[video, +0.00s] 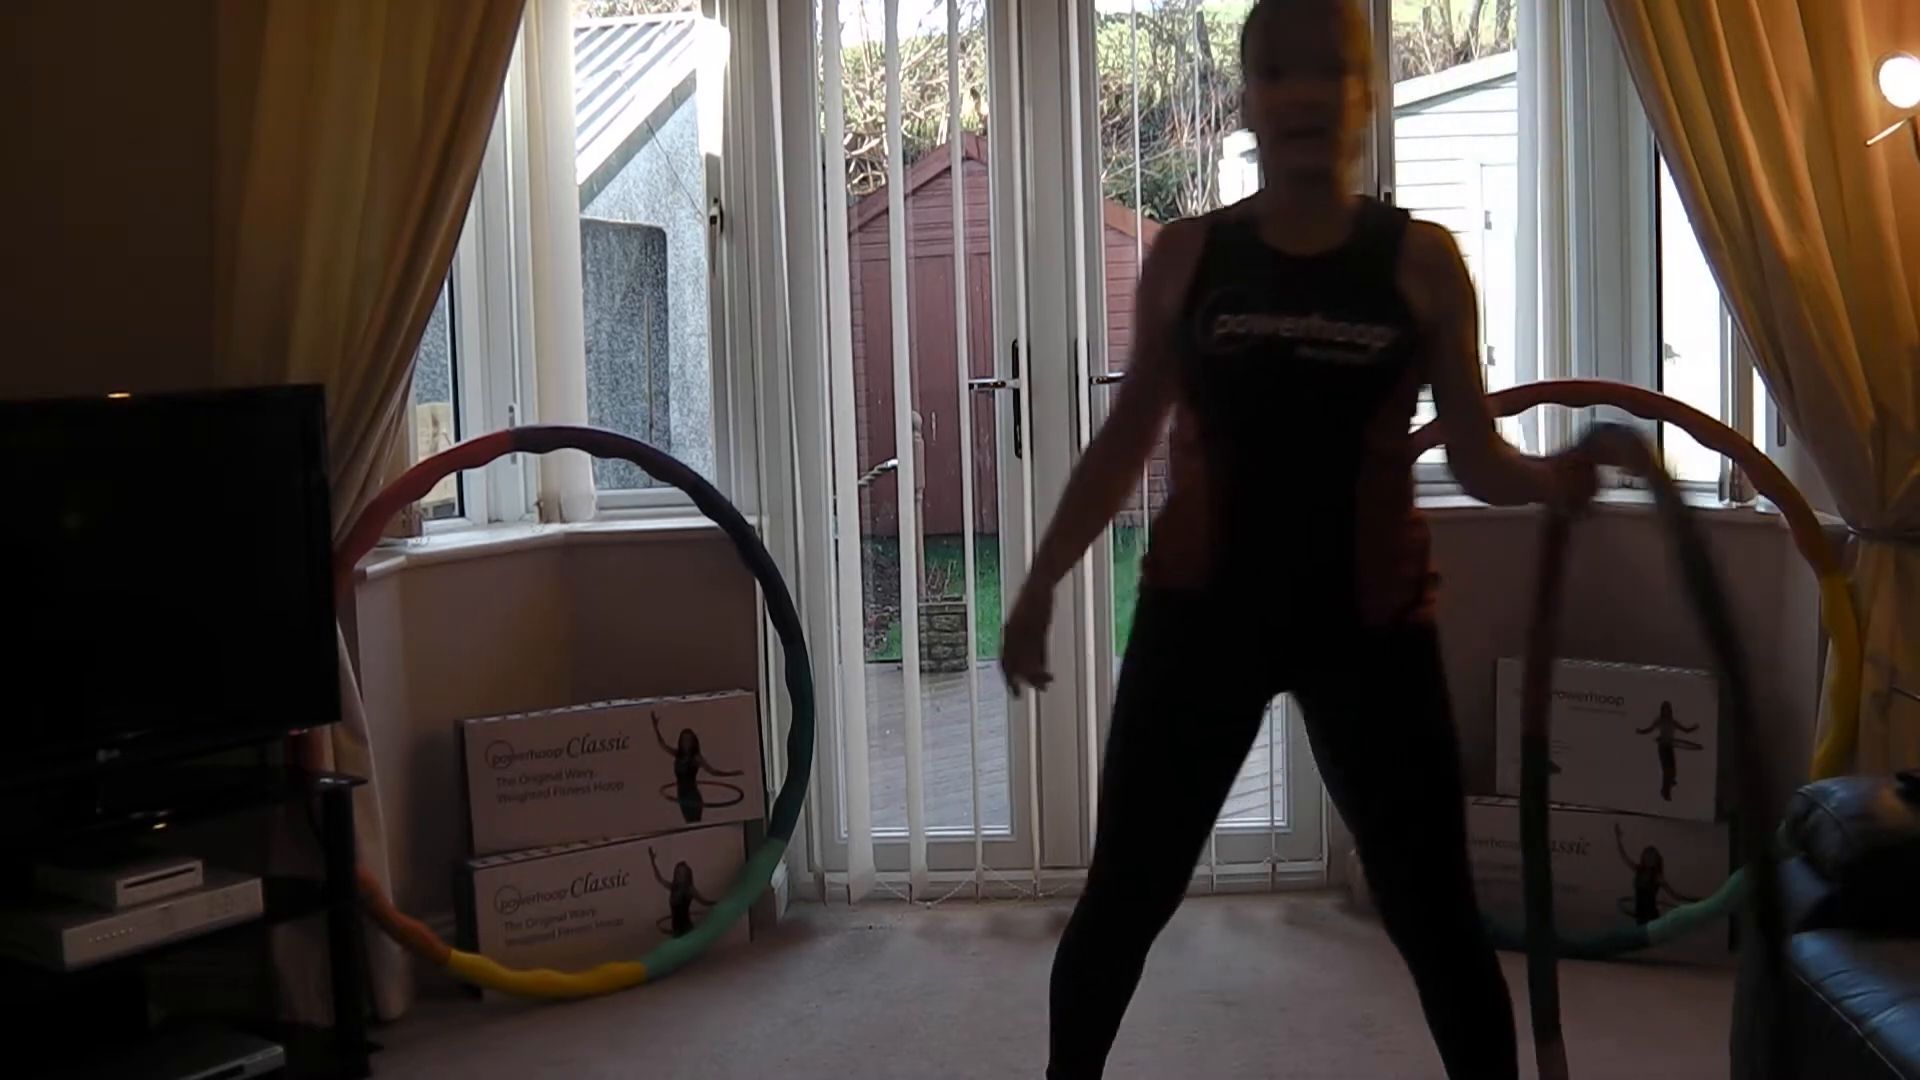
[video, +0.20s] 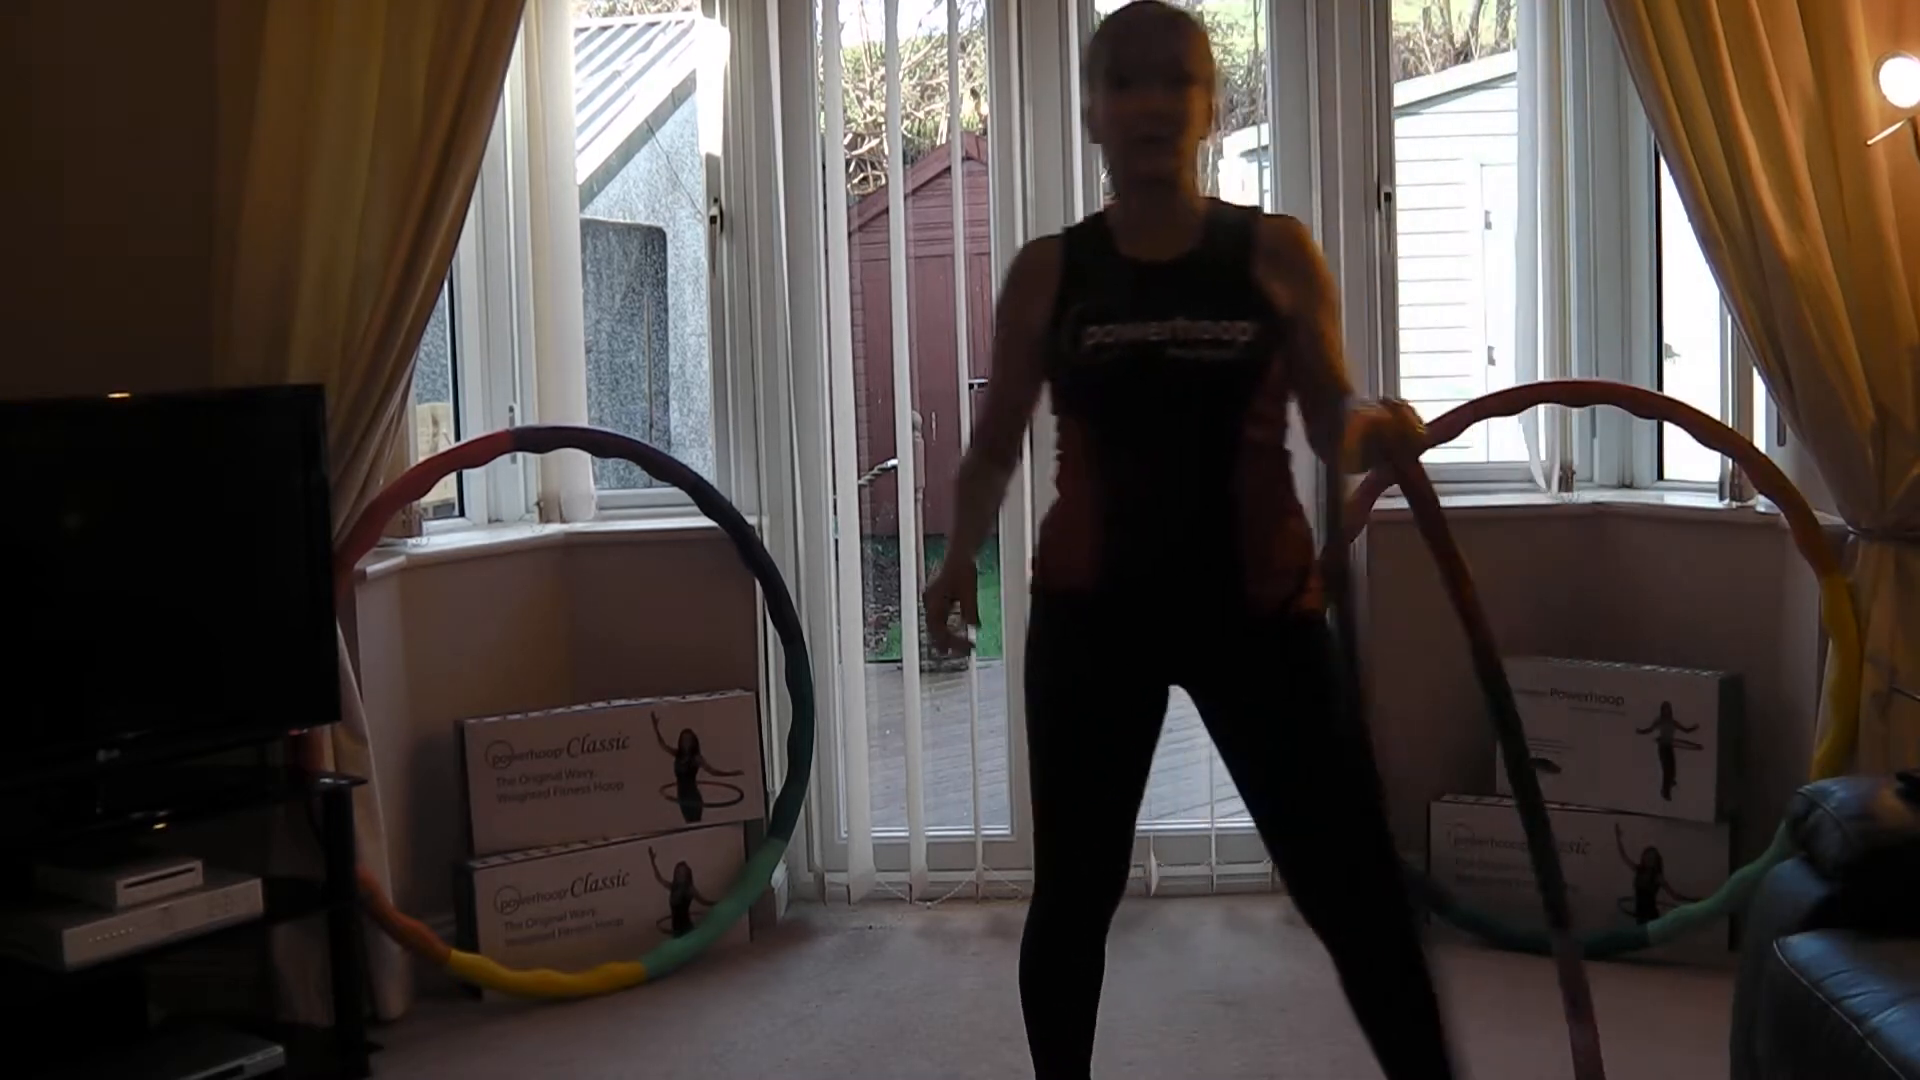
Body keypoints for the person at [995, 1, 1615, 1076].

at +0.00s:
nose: (1307, 96)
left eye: (1333, 71)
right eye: (1279, 70)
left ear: (1367, 90)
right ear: (1244, 93)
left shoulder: (1423, 261)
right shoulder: (1187, 254)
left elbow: (1476, 450)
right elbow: (1129, 435)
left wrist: (1545, 478)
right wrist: (1037, 585)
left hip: (1366, 618)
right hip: (1202, 613)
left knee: (1434, 912)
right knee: (1126, 895)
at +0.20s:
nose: (1151, 104)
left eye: (1175, 81)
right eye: (1125, 82)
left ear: (1211, 103)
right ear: (1091, 106)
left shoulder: (1276, 253)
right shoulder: (1048, 272)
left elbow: (1340, 433)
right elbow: (994, 447)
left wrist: (1371, 427)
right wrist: (960, 556)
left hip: (1255, 609)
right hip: (1094, 614)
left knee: (1355, 893)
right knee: (1073, 893)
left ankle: (1425, 1074)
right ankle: (1059, 1074)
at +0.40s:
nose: (1070, 108)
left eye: (1091, 85)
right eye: (1042, 87)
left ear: (1123, 104)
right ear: (1005, 110)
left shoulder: (1191, 241)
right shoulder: (965, 275)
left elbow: (1276, 400)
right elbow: (917, 453)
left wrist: (1266, 403)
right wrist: (939, 491)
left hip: (1197, 587)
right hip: (1041, 599)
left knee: (1270, 876)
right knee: (1051, 885)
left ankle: (1259, 1071)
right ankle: (1066, 1078)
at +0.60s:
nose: (1065, 123)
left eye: (1081, 101)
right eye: (1036, 102)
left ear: (1101, 113)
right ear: (988, 119)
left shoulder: (1162, 249)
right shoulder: (944, 275)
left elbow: (1252, 396)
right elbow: (908, 451)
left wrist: (1230, 400)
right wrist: (911, 467)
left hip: (1166, 589)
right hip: (1021, 598)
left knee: (1196, 850)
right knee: (1040, 871)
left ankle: (1104, 1004)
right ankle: (1051, 1075)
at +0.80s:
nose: (1066, 135)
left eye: (1084, 112)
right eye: (1041, 113)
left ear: (1108, 121)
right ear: (998, 123)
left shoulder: (1164, 257)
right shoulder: (950, 274)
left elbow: (1265, 416)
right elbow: (880, 468)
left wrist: (1210, 391)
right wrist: (877, 462)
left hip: (1146, 597)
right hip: (1007, 601)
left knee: (1121, 853)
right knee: (1033, 857)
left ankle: (1066, 1026)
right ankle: (1048, 1067)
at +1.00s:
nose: (1068, 149)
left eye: (1089, 127)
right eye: (1047, 127)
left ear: (1119, 135)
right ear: (1013, 136)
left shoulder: (1168, 268)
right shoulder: (962, 271)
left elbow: (1256, 424)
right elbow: (898, 435)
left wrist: (1192, 382)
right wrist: (876, 426)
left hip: (1132, 589)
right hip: (996, 589)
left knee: (1091, 834)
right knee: (1021, 840)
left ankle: (1060, 1039)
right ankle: (1035, 1062)